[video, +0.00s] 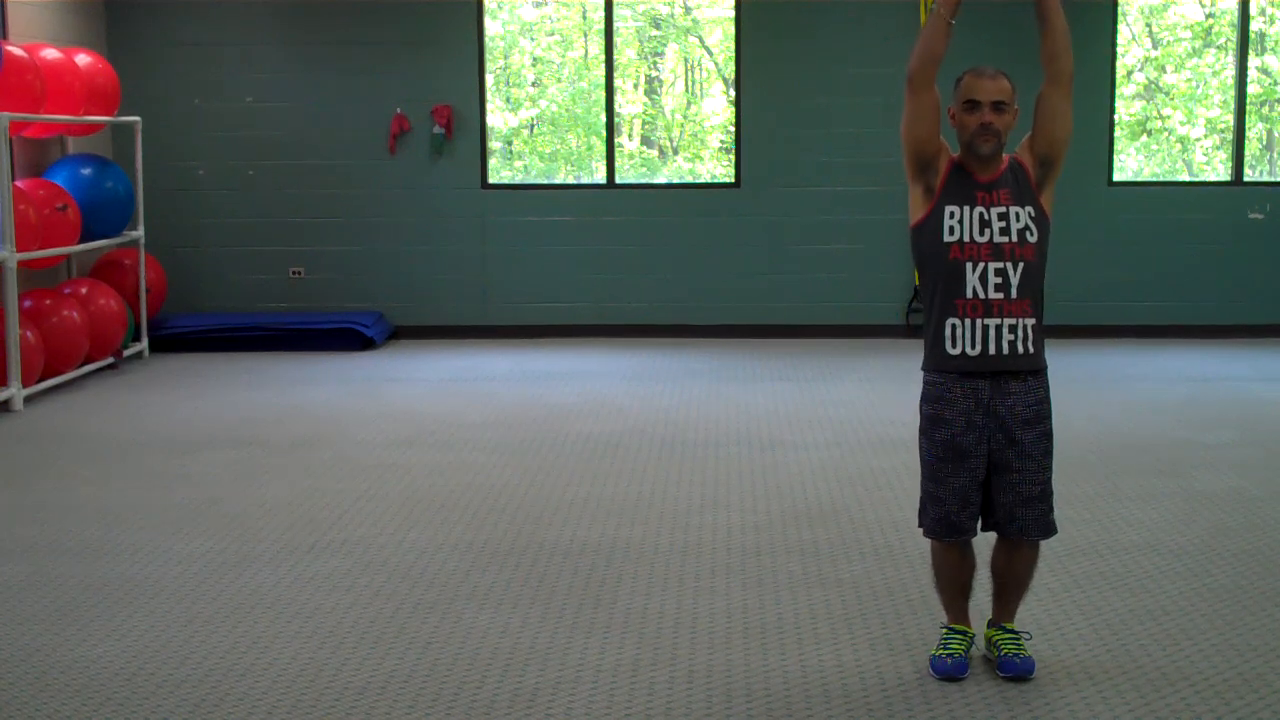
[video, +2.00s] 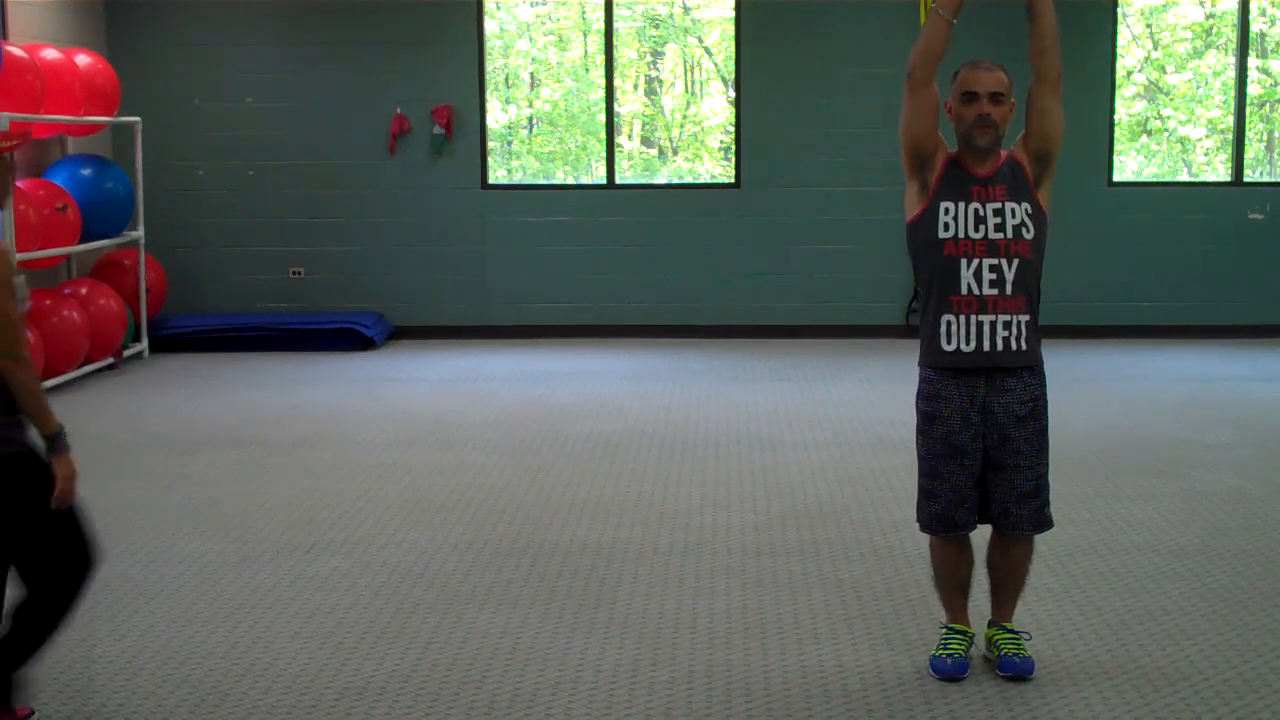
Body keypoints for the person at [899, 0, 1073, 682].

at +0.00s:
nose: (985, 118)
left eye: (998, 108)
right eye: (972, 106)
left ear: (1014, 118)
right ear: (952, 116)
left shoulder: (1034, 176)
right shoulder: (930, 177)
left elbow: (1060, 76)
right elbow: (918, 79)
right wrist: (947, 5)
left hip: (1022, 387)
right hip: (951, 387)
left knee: (1023, 522)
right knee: (949, 523)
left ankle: (1004, 628)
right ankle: (956, 629)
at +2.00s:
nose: (983, 108)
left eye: (995, 98)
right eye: (970, 98)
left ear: (1012, 109)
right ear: (949, 109)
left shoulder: (1031, 172)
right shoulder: (927, 173)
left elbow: (1049, 75)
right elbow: (919, 76)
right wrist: (946, 7)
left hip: (1017, 381)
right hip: (947, 382)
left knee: (1017, 518)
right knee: (948, 520)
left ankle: (1004, 628)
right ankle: (954, 628)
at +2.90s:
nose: (986, 107)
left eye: (998, 97)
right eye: (973, 96)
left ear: (1014, 109)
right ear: (952, 108)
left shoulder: (1034, 172)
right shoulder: (930, 173)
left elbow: (1055, 73)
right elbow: (920, 74)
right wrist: (955, 5)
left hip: (1020, 381)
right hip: (950, 382)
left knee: (1019, 517)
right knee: (949, 518)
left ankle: (1004, 628)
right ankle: (956, 628)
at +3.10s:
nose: (983, 104)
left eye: (996, 94)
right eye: (970, 93)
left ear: (1012, 109)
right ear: (949, 107)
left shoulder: (1029, 174)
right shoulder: (926, 170)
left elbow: (1067, 81)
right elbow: (896, 77)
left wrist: (1016, 3)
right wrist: (958, 22)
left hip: (1017, 382)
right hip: (945, 384)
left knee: (1022, 518)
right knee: (947, 521)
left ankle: (1004, 625)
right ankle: (955, 627)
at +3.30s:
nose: (965, 126)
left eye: (978, 116)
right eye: (953, 115)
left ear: (996, 132)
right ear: (935, 131)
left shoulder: (1020, 189)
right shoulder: (918, 190)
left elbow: (1050, 95)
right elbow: (887, 101)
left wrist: (1028, 6)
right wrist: (915, 16)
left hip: (1014, 403)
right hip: (937, 403)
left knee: (1024, 540)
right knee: (932, 527)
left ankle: (995, 629)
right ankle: (920, 616)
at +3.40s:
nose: (945, 125)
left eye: (960, 112)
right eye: (937, 113)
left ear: (991, 121)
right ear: (925, 124)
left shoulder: (1013, 181)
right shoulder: (911, 178)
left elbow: (1037, 83)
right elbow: (867, 94)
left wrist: (1025, 3)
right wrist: (828, 18)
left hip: (1003, 398)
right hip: (923, 394)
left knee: (1019, 531)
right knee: (880, 514)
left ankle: (993, 630)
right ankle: (833, 617)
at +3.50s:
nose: (921, 117)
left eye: (936, 106)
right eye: (915, 107)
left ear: (974, 116)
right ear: (911, 117)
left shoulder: (1003, 171)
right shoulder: (895, 169)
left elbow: (1026, 77)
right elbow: (822, 105)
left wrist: (1016, 1)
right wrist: (756, 53)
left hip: (984, 394)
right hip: (902, 390)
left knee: (1004, 525)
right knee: (840, 504)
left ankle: (992, 631)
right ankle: (769, 609)